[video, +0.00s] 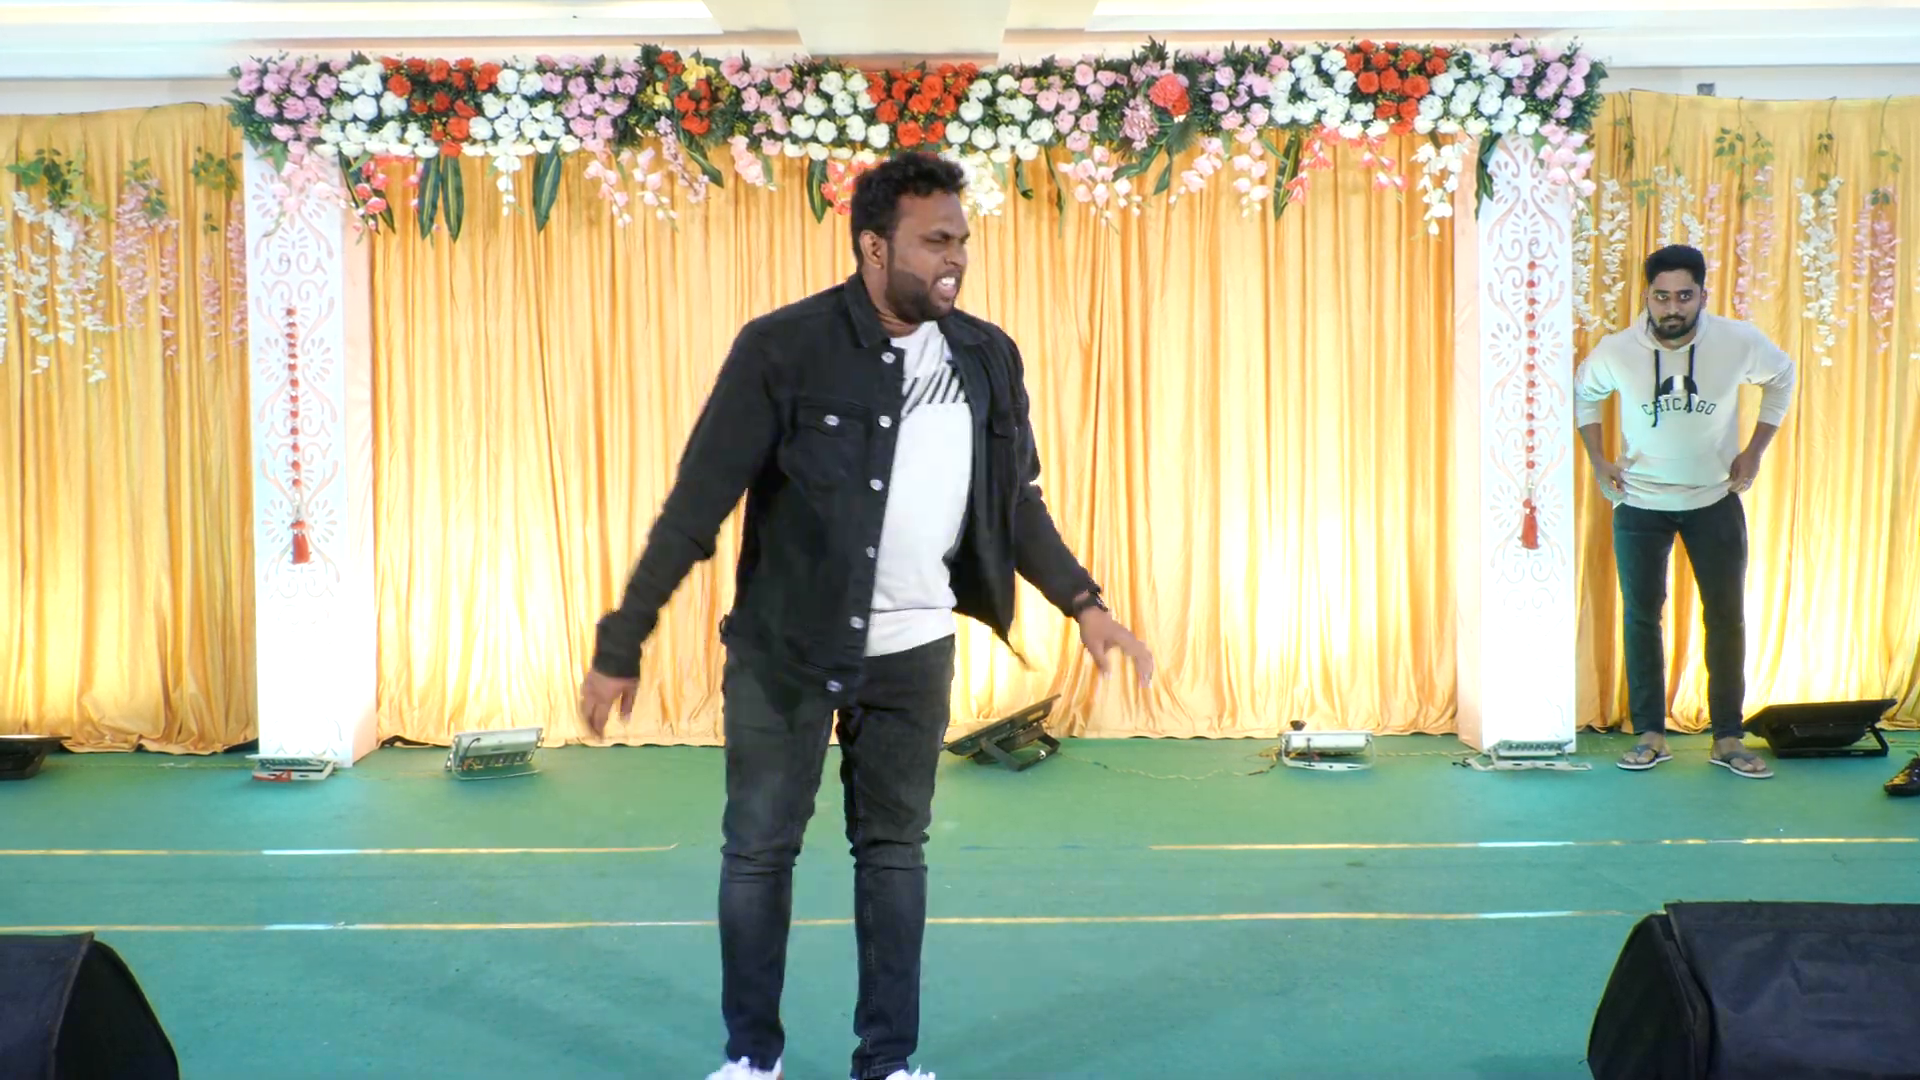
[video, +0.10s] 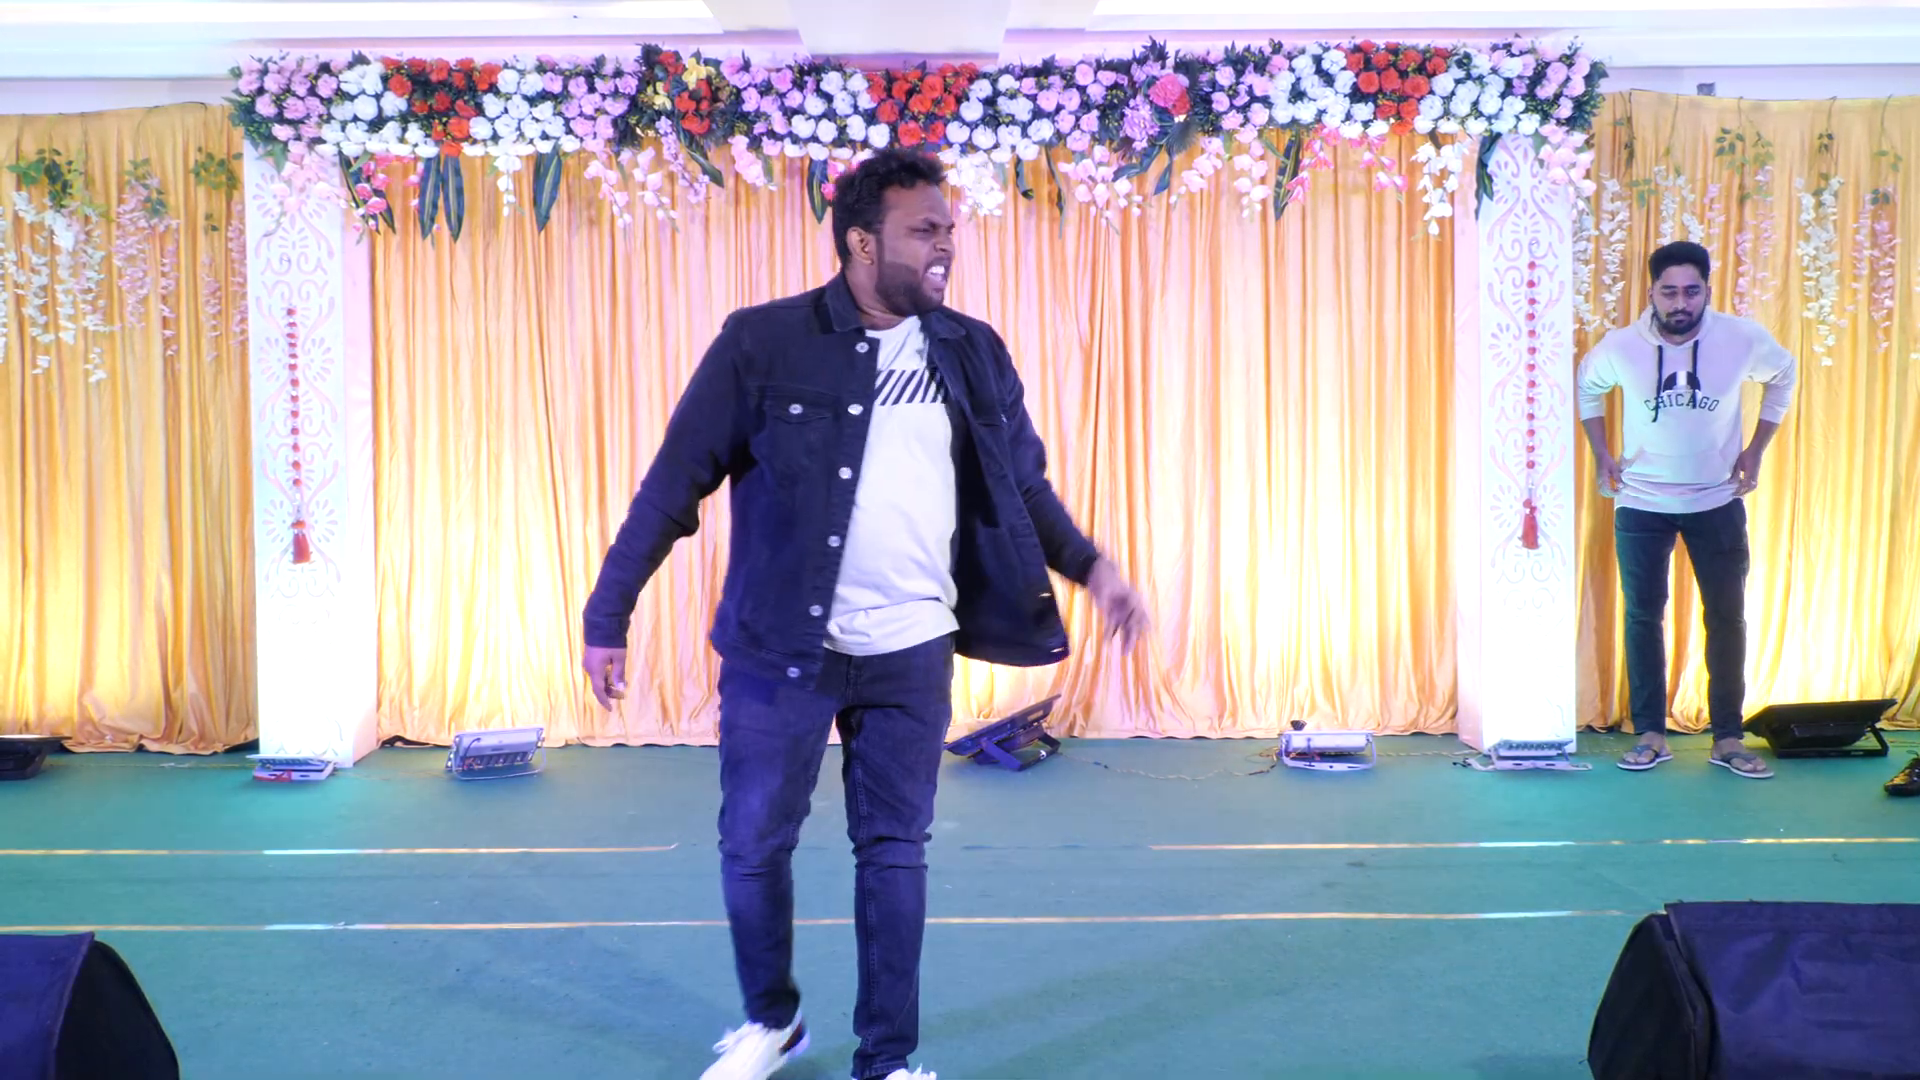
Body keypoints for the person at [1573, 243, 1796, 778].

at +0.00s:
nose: (1672, 308)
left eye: (1683, 296)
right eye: (1661, 296)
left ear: (1703, 295)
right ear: (1646, 296)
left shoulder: (1739, 341)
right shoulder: (1616, 351)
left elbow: (1783, 377)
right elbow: (1583, 396)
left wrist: (1754, 452)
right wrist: (1599, 461)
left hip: (1713, 499)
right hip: (1641, 501)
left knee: (1726, 618)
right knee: (1640, 616)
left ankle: (1727, 740)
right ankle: (1649, 736)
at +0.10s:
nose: (1682, 302)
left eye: (1692, 291)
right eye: (1670, 291)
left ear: (1708, 290)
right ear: (1651, 293)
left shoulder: (1742, 338)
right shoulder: (1622, 347)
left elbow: (1784, 373)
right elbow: (1586, 387)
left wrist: (1756, 449)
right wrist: (1603, 455)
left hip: (1716, 500)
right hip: (1642, 501)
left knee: (1726, 619)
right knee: (1642, 615)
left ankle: (1728, 740)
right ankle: (1650, 735)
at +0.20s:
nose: (1688, 292)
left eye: (1699, 282)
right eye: (1676, 282)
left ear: (1713, 284)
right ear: (1657, 285)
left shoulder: (1745, 332)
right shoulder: (1625, 340)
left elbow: (1785, 367)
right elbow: (1588, 379)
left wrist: (1760, 442)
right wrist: (1603, 448)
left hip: (1718, 497)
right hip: (1644, 497)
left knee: (1727, 619)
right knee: (1644, 615)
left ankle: (1728, 740)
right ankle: (1650, 735)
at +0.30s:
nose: (1694, 285)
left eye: (1704, 275)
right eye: (1682, 274)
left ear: (1718, 279)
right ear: (1662, 277)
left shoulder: (1747, 327)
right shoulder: (1629, 333)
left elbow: (1788, 362)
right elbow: (1590, 370)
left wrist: (1764, 440)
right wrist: (1603, 439)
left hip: (1721, 495)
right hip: (1647, 495)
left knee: (1726, 618)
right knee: (1647, 615)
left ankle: (1728, 739)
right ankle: (1651, 734)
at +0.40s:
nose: (1699, 278)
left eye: (1709, 269)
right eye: (1688, 268)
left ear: (1723, 274)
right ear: (1667, 272)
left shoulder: (1752, 323)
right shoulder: (1633, 329)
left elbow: (1789, 359)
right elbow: (1593, 364)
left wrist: (1767, 436)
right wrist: (1606, 435)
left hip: (1724, 495)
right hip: (1651, 495)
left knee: (1725, 619)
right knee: (1650, 614)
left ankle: (1728, 739)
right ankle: (1651, 735)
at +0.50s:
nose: (1701, 275)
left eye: (1712, 265)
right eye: (1690, 265)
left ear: (1726, 270)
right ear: (1670, 269)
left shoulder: (1754, 322)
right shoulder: (1635, 328)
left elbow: (1792, 362)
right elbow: (1596, 367)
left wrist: (1768, 436)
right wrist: (1608, 435)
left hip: (1725, 495)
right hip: (1653, 495)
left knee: (1724, 618)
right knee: (1652, 614)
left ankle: (1728, 739)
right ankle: (1651, 735)